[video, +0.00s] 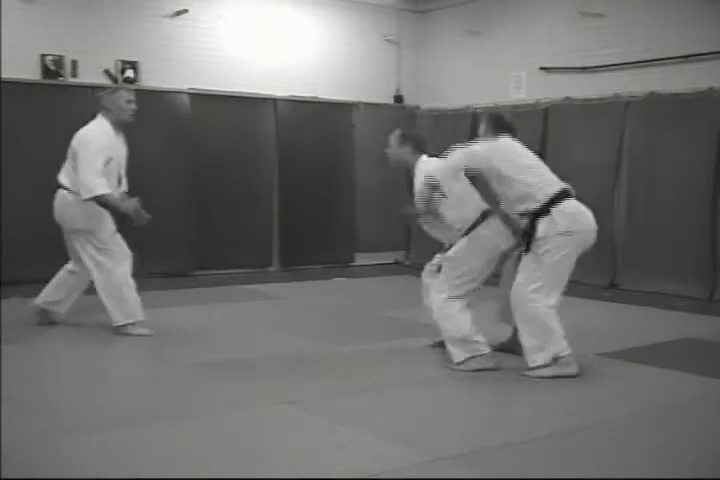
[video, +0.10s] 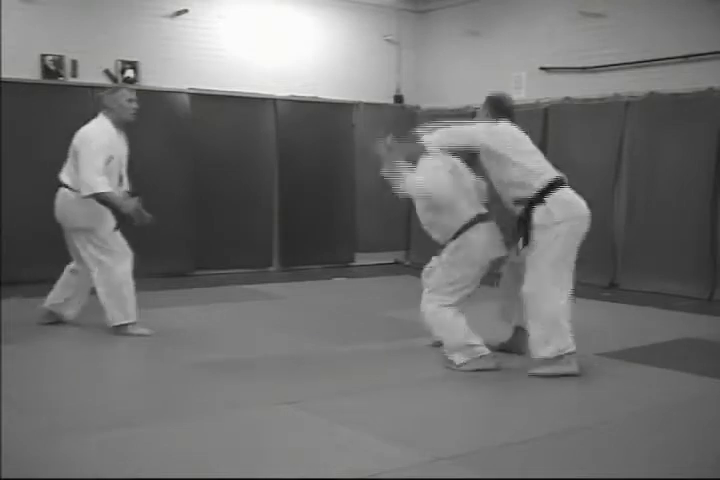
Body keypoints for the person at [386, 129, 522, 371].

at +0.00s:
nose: (387, 153)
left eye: (391, 147)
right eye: (389, 147)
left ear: (407, 147)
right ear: (415, 148)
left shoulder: (426, 173)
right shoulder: (443, 163)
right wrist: (448, 253)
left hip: (488, 230)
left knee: (443, 288)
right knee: (433, 276)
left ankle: (473, 353)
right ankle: (454, 335)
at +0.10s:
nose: (389, 160)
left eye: (383, 153)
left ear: (392, 142)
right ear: (417, 143)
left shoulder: (426, 170)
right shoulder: (448, 161)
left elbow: (436, 192)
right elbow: (482, 188)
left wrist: (397, 171)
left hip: (472, 240)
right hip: (487, 233)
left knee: (436, 301)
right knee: (433, 275)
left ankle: (473, 354)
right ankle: (449, 333)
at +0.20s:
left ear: (413, 126)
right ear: (435, 125)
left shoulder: (412, 148)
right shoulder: (449, 146)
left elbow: (375, 130)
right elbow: (433, 124)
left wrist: (367, 103)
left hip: (464, 227)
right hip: (487, 222)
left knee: (433, 295)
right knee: (446, 287)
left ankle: (472, 348)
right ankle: (457, 334)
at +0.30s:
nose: (405, 124)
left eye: (406, 121)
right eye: (406, 120)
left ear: (413, 126)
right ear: (429, 124)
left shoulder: (410, 143)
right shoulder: (444, 145)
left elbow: (375, 124)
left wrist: (368, 106)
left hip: (472, 219)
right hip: (498, 214)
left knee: (439, 288)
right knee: (503, 275)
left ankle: (466, 351)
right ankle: (516, 332)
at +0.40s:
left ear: (402, 153)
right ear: (419, 146)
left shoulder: (407, 163)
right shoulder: (443, 157)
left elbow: (371, 166)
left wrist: (374, 151)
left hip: (481, 218)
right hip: (509, 213)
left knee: (446, 287)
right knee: (486, 276)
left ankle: (461, 354)